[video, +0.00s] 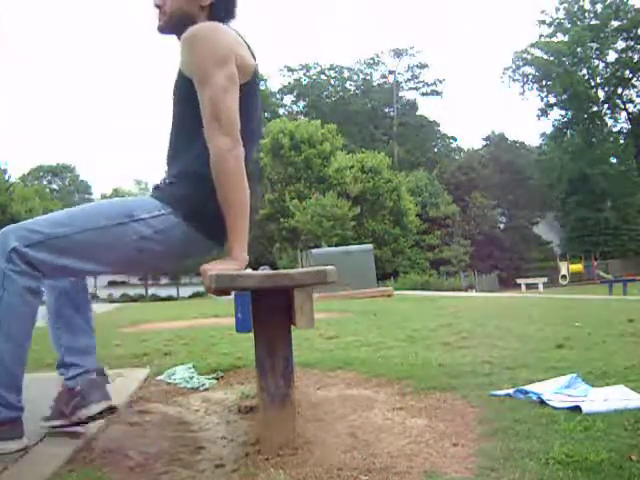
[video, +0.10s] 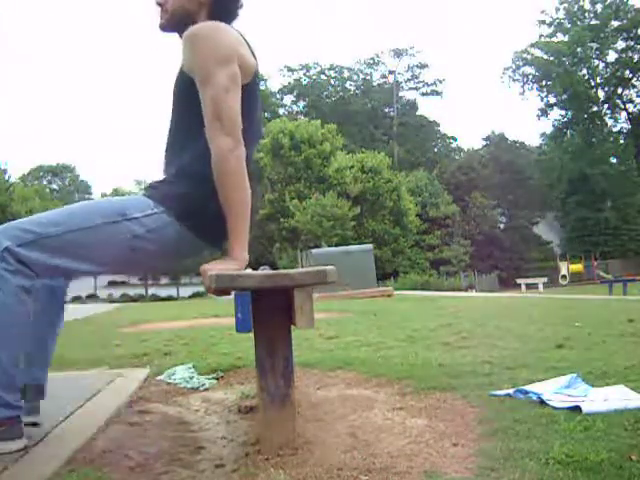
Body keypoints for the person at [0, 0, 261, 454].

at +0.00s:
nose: (158, 1)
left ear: (202, 1)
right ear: (206, 5)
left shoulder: (208, 38)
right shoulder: (224, 42)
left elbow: (227, 144)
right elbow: (231, 149)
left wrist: (237, 254)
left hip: (176, 219)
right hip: (187, 223)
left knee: (16, 247)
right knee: (55, 252)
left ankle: (6, 417)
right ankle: (83, 383)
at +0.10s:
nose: (160, 3)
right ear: (206, 3)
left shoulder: (210, 36)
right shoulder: (226, 42)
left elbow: (228, 145)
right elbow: (230, 149)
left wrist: (238, 253)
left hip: (173, 217)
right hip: (185, 224)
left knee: (12, 247)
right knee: (41, 261)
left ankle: (5, 419)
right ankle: (23, 403)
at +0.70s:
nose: (160, 5)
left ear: (196, 4)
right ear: (201, 10)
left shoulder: (191, 39)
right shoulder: (202, 54)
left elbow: (218, 144)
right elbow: (214, 154)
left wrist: (237, 253)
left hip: (104, 220)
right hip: (124, 240)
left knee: (2, 243)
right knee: (7, 318)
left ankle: (0, 412)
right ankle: (0, 415)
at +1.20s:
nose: (153, 6)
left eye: (163, 0)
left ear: (187, 6)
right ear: (186, 9)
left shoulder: (184, 44)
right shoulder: (187, 52)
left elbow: (213, 148)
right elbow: (207, 167)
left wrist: (236, 254)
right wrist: (236, 251)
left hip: (93, 229)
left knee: (3, 318)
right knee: (3, 323)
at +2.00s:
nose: (115, 64)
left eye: (125, 53)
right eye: (120, 53)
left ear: (152, 59)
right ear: (154, 61)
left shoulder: (150, 88)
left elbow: (234, 151)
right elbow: (238, 153)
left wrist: (239, 257)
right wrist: (241, 256)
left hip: (124, 289)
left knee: (5, 345)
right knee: (7, 346)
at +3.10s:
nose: (66, 84)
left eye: (77, 72)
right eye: (72, 72)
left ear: (102, 81)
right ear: (102, 81)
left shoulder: (113, 115)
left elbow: (219, 154)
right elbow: (206, 189)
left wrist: (238, 256)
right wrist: (234, 253)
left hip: (126, 303)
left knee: (5, 337)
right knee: (8, 334)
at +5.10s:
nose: (60, 147)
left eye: (68, 134)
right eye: (64, 134)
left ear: (96, 137)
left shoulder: (113, 161)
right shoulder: (159, 185)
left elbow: (220, 156)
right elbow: (225, 188)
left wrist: (239, 258)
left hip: (140, 350)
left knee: (4, 340)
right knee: (7, 336)